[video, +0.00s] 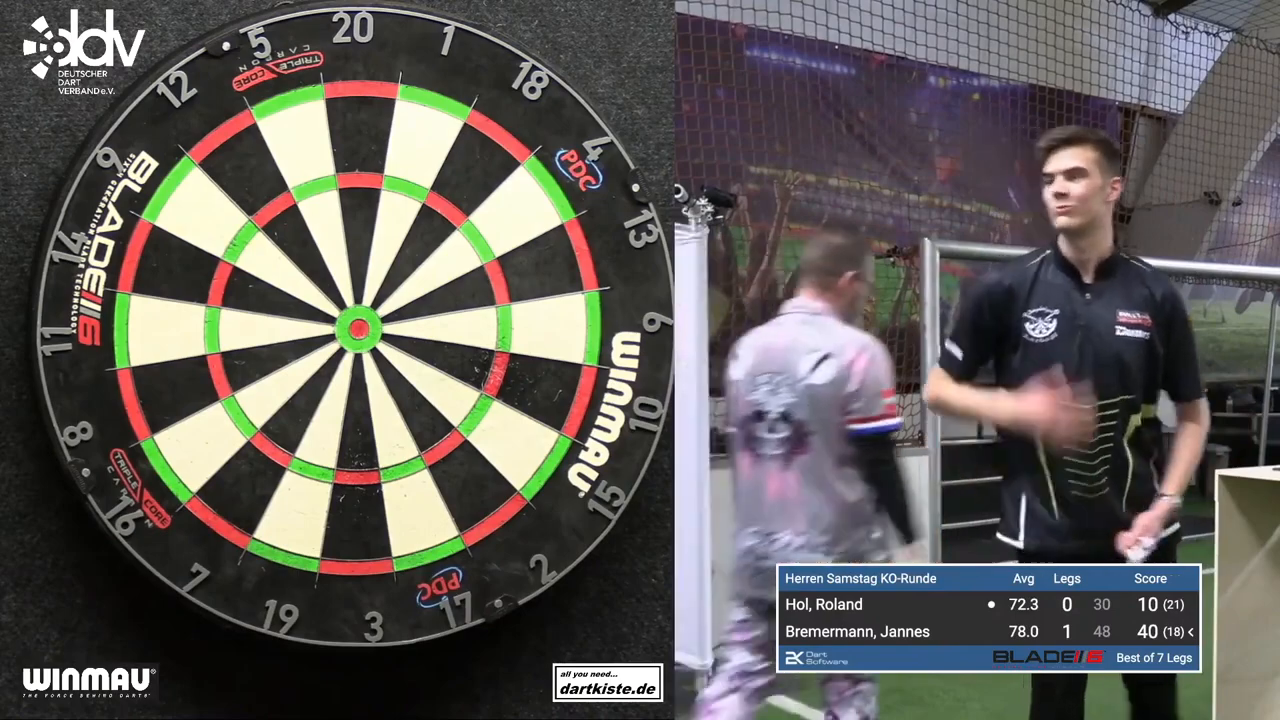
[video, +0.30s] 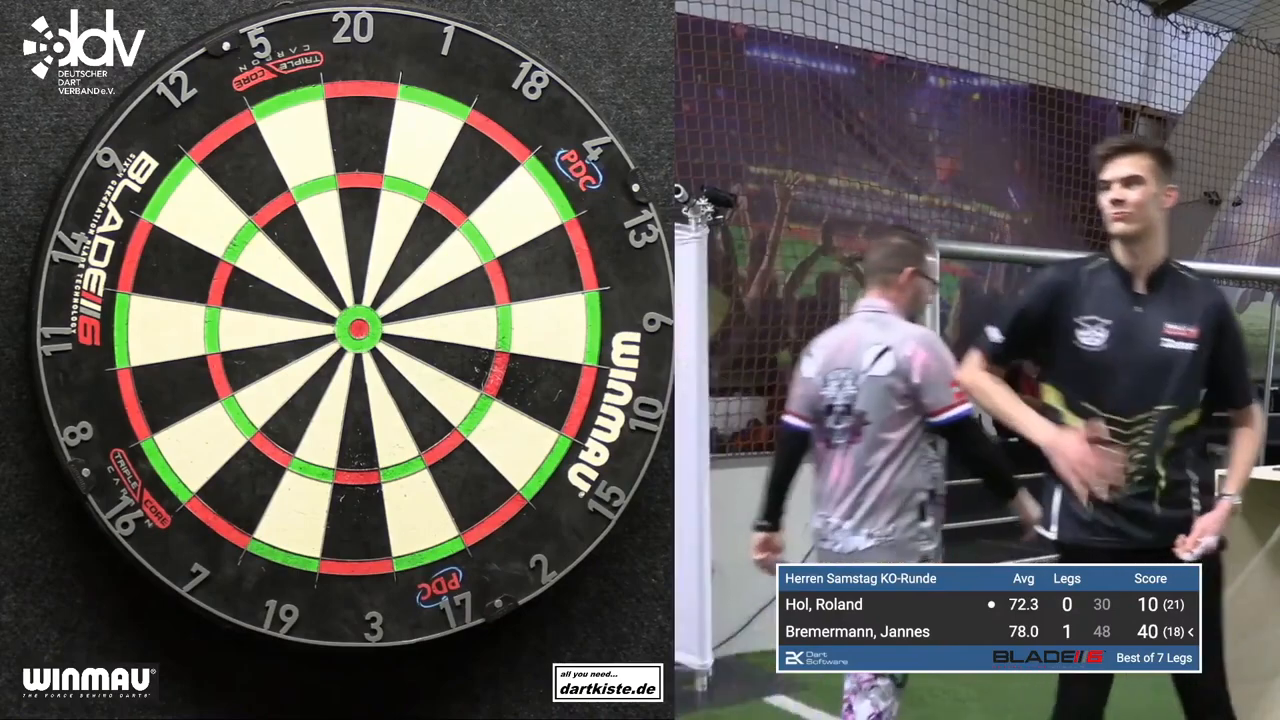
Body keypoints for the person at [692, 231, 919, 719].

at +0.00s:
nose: (866, 293)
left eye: (866, 283)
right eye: (865, 282)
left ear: (805, 278)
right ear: (847, 281)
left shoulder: (747, 347)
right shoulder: (859, 351)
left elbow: (737, 446)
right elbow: (878, 458)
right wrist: (909, 535)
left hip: (759, 542)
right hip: (838, 548)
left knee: (741, 672)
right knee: (850, 681)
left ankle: (712, 715)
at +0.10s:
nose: (883, 291)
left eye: (885, 279)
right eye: (883, 279)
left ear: (824, 274)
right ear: (867, 278)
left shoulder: (770, 347)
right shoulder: (879, 348)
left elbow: (750, 451)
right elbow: (909, 453)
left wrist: (746, 532)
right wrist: (950, 522)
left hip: (783, 547)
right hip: (860, 550)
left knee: (776, 663)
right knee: (859, 675)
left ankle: (746, 714)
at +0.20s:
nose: (911, 290)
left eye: (912, 280)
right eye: (910, 279)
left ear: (852, 274)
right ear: (893, 277)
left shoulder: (803, 346)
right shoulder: (904, 346)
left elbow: (772, 445)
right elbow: (948, 443)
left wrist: (750, 525)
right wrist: (994, 503)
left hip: (812, 543)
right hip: (882, 546)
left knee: (823, 666)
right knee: (874, 673)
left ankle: (813, 713)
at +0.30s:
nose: (930, 293)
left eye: (931, 283)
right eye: (928, 281)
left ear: (872, 277)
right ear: (907, 278)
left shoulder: (821, 347)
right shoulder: (917, 345)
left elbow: (791, 442)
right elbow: (966, 438)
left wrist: (767, 523)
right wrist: (1017, 496)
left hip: (831, 541)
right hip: (898, 543)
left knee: (861, 665)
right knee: (883, 671)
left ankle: (860, 714)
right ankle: (862, 714)